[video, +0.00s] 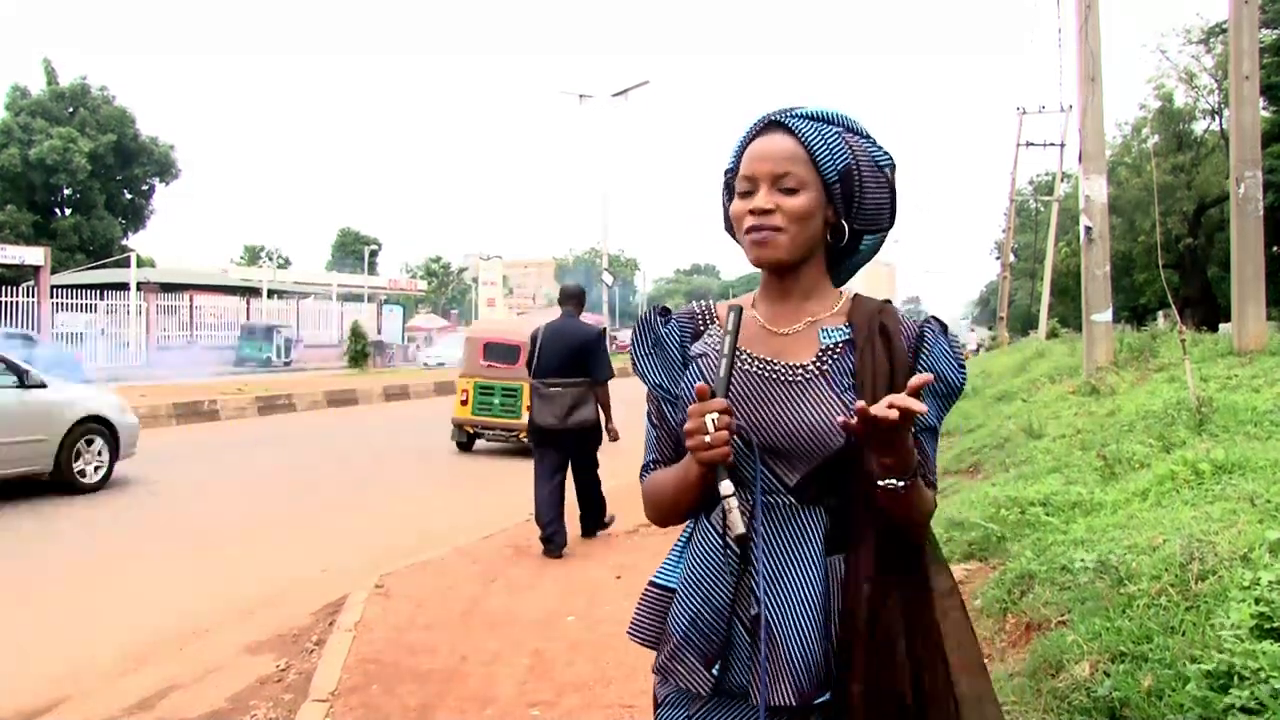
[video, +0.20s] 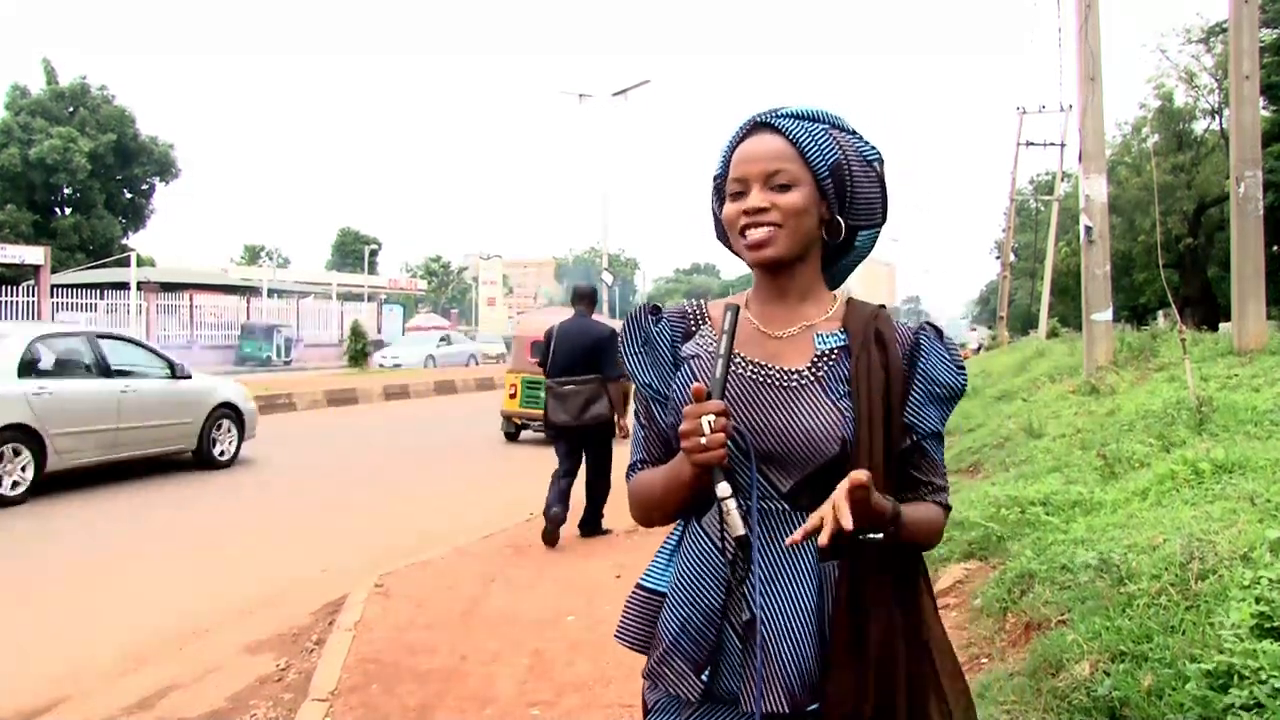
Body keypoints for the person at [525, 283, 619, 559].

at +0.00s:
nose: (577, 308)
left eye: (568, 302)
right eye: (581, 304)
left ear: (559, 303)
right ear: (583, 305)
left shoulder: (539, 334)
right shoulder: (592, 336)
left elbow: (532, 374)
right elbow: (600, 385)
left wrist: (542, 407)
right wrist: (609, 420)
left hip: (545, 422)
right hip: (582, 421)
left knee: (548, 479)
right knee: (586, 473)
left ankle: (552, 542)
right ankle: (592, 522)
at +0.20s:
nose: (588, 306)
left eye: (581, 301)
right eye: (592, 302)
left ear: (572, 303)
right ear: (595, 304)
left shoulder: (555, 332)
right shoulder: (606, 335)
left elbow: (547, 369)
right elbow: (613, 380)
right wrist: (621, 415)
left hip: (562, 414)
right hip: (596, 414)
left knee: (566, 466)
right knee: (598, 472)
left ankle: (554, 511)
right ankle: (591, 524)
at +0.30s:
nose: (596, 304)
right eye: (599, 299)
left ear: (576, 302)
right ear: (599, 301)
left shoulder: (559, 330)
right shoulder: (611, 330)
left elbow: (548, 365)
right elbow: (621, 374)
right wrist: (629, 406)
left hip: (568, 410)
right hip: (602, 410)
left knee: (574, 456)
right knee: (601, 467)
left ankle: (564, 498)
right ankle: (592, 524)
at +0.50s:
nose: (598, 307)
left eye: (591, 302)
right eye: (602, 302)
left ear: (581, 304)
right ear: (604, 303)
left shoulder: (568, 333)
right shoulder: (614, 330)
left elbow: (560, 376)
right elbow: (625, 372)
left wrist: (556, 412)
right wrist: (629, 406)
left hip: (577, 406)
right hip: (607, 405)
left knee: (582, 459)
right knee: (603, 462)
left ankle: (582, 509)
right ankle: (591, 522)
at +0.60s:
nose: (602, 312)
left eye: (595, 307)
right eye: (604, 307)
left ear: (583, 309)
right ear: (605, 308)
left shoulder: (570, 337)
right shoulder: (615, 335)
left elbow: (563, 379)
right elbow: (626, 374)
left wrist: (559, 414)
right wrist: (629, 408)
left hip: (581, 408)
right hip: (610, 406)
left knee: (585, 463)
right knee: (603, 463)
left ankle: (594, 510)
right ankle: (592, 523)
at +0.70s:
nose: (600, 314)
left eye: (593, 310)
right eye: (603, 310)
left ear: (584, 312)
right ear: (606, 311)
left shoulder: (573, 340)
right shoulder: (615, 337)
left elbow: (566, 382)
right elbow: (625, 376)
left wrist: (563, 417)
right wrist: (628, 409)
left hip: (584, 408)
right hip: (611, 407)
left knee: (588, 462)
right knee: (607, 461)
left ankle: (592, 510)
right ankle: (598, 510)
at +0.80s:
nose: (598, 314)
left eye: (594, 310)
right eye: (603, 309)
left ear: (586, 311)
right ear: (607, 310)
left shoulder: (575, 338)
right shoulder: (618, 336)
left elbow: (569, 381)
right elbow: (626, 375)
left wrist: (570, 416)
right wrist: (628, 408)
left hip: (584, 412)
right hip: (612, 410)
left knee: (589, 462)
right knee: (613, 455)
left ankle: (595, 511)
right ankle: (602, 491)